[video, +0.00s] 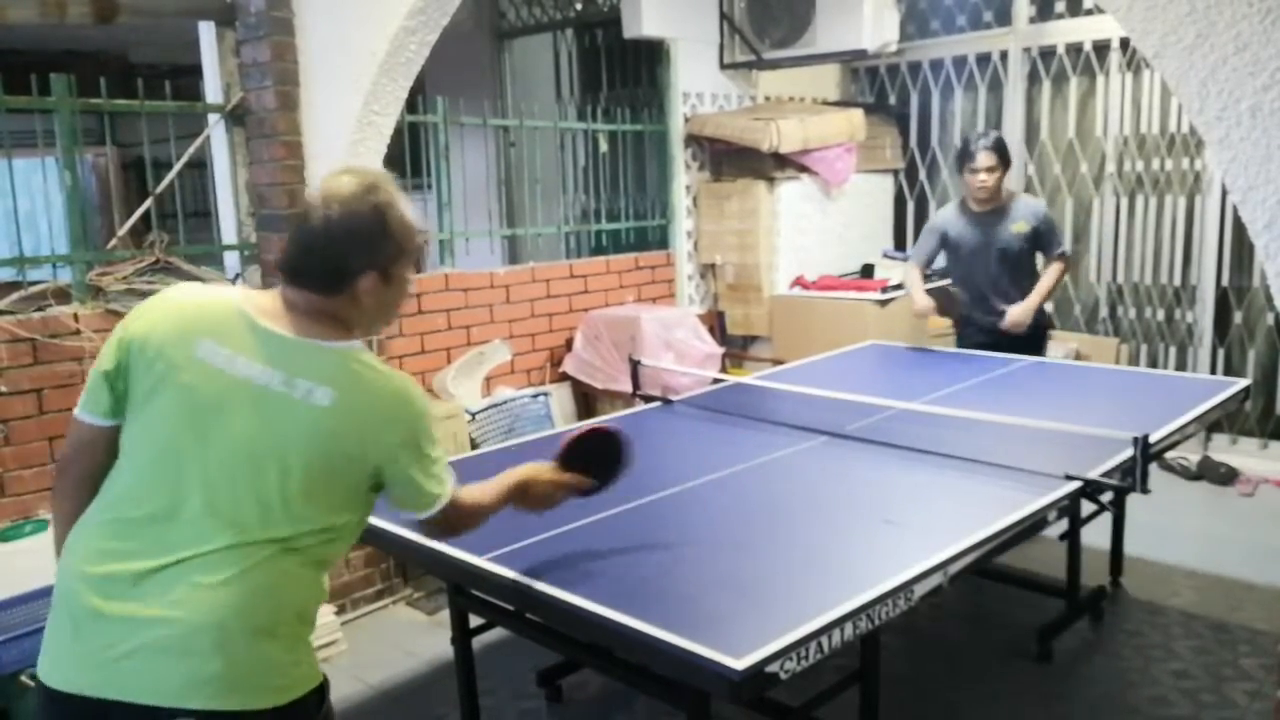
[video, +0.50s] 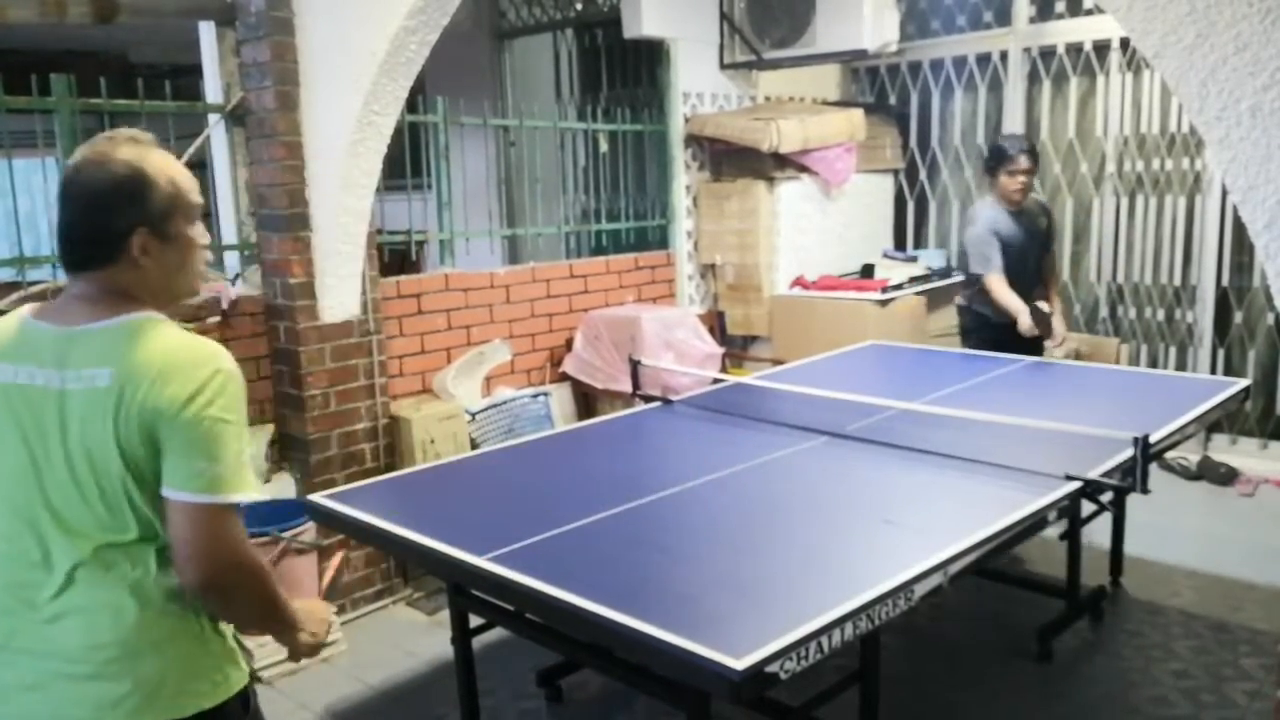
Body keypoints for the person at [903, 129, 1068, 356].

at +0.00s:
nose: (982, 179)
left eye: (991, 171)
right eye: (974, 171)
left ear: (1004, 171)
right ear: (962, 175)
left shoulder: (1032, 212)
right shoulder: (945, 220)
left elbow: (1058, 260)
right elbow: (914, 265)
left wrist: (1028, 306)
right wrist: (920, 296)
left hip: (1025, 334)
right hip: (975, 334)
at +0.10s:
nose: (987, 183)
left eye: (994, 174)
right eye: (977, 176)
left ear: (1006, 174)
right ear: (964, 179)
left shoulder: (1031, 215)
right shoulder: (947, 223)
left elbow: (1049, 265)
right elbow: (917, 276)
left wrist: (1035, 323)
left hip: (1021, 336)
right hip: (970, 336)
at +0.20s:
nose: (994, 187)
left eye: (1001, 178)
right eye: (985, 179)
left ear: (1011, 177)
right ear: (968, 182)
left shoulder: (1033, 216)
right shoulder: (954, 225)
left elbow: (1039, 271)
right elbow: (937, 287)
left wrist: (1039, 330)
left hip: (1021, 334)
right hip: (972, 336)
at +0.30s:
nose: (1004, 188)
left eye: (1010, 180)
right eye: (994, 181)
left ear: (1018, 179)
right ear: (976, 183)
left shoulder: (1031, 215)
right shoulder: (965, 228)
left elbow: (1039, 271)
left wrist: (1045, 327)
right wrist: (1013, 319)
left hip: (1022, 330)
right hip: (977, 333)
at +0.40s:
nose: (1013, 185)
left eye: (1019, 177)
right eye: (1003, 178)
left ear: (1027, 178)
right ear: (983, 181)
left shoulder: (1033, 212)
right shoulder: (974, 224)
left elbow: (1044, 270)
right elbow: (989, 285)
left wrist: (1051, 320)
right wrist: (1019, 312)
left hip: (1023, 318)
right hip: (979, 320)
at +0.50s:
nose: (1022, 181)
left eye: (1028, 173)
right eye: (1012, 174)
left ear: (1035, 175)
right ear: (992, 176)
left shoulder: (1040, 212)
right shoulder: (983, 218)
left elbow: (1048, 269)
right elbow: (992, 279)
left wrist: (1056, 312)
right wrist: (1022, 312)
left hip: (1029, 319)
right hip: (986, 319)